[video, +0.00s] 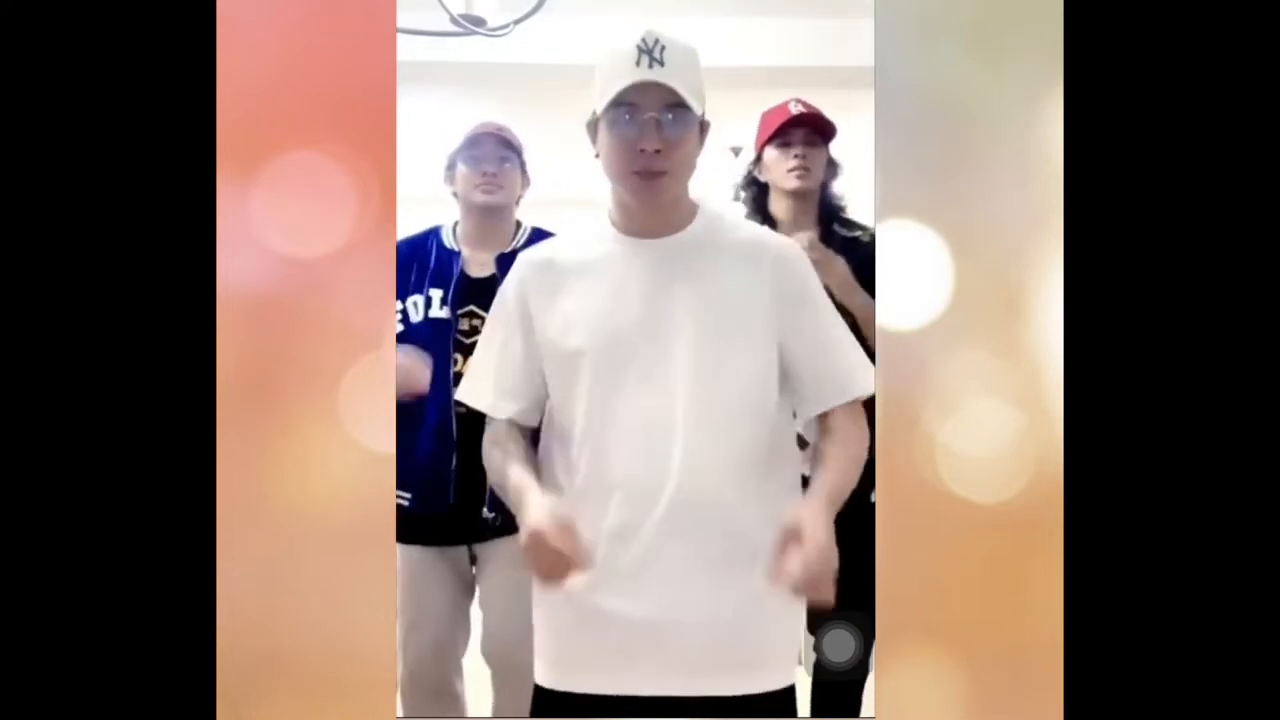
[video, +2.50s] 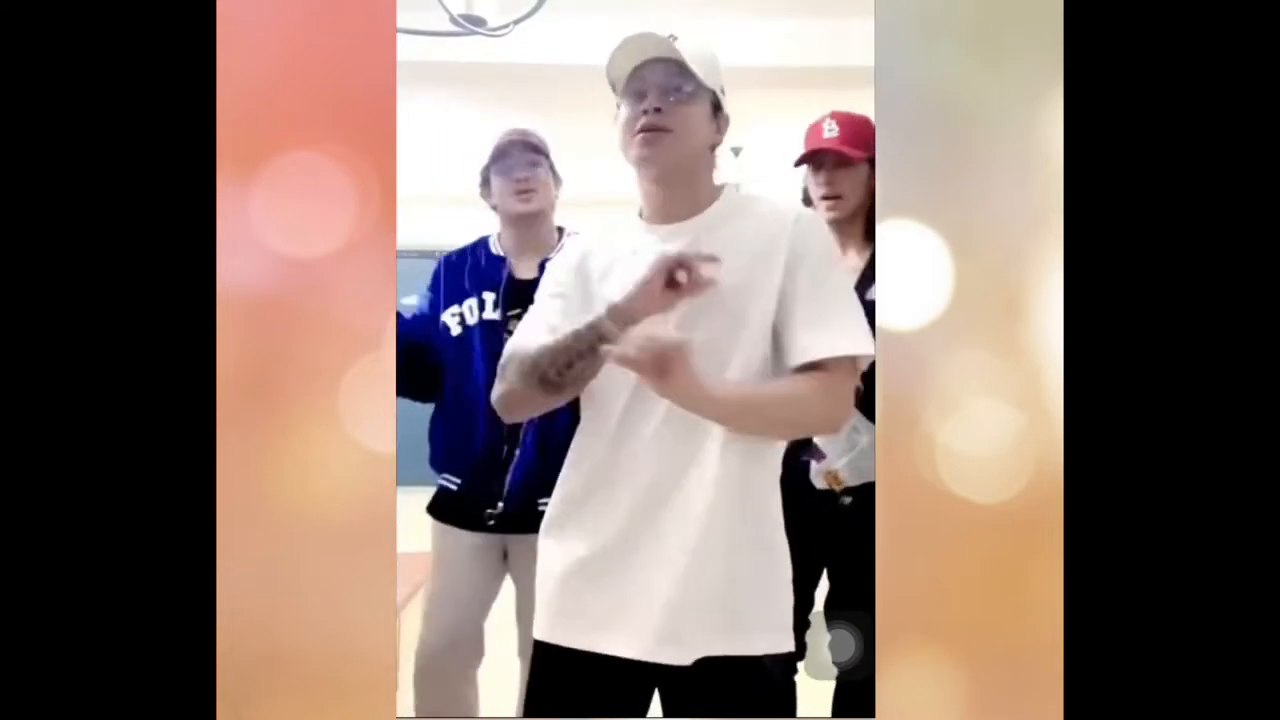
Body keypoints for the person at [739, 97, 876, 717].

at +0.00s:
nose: (800, 156)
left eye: (813, 146)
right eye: (785, 145)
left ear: (829, 161)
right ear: (759, 162)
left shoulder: (866, 248)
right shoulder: (733, 249)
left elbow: (894, 351)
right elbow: (711, 351)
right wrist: (770, 277)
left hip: (850, 460)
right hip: (755, 459)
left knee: (843, 643)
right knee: (758, 633)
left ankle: (834, 716)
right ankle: (770, 712)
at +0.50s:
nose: (806, 166)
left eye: (821, 153)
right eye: (792, 152)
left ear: (839, 166)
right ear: (765, 162)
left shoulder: (867, 251)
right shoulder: (736, 245)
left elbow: (893, 357)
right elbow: (713, 357)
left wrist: (862, 421)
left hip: (849, 476)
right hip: (759, 473)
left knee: (844, 645)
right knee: (755, 641)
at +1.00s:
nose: (779, 164)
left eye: (793, 152)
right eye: (765, 153)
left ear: (813, 166)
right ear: (742, 167)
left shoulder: (855, 251)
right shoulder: (719, 249)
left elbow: (884, 353)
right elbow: (701, 354)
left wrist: (860, 409)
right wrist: (760, 411)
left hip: (843, 473)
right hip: (753, 473)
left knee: (849, 647)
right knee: (756, 641)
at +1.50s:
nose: (862, 169)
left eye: (874, 156)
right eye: (846, 157)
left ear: (890, 169)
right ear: (816, 175)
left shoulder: (904, 265)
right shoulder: (779, 255)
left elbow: (916, 381)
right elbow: (747, 360)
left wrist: (871, 451)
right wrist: (789, 437)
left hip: (857, 491)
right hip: (768, 486)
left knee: (857, 661)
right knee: (758, 661)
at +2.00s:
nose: (818, 173)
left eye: (834, 160)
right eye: (812, 161)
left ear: (869, 168)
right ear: (805, 167)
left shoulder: (893, 247)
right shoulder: (793, 247)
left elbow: (885, 331)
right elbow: (768, 365)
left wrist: (825, 255)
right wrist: (772, 265)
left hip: (862, 470)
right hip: (788, 466)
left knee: (852, 634)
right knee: (769, 625)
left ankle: (853, 717)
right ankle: (761, 714)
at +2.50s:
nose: (826, 179)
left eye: (842, 165)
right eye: (815, 166)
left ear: (875, 175)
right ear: (804, 179)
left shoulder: (899, 265)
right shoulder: (787, 260)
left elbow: (916, 372)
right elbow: (764, 359)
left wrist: (876, 450)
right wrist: (801, 436)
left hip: (868, 479)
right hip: (790, 475)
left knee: (857, 645)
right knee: (770, 635)